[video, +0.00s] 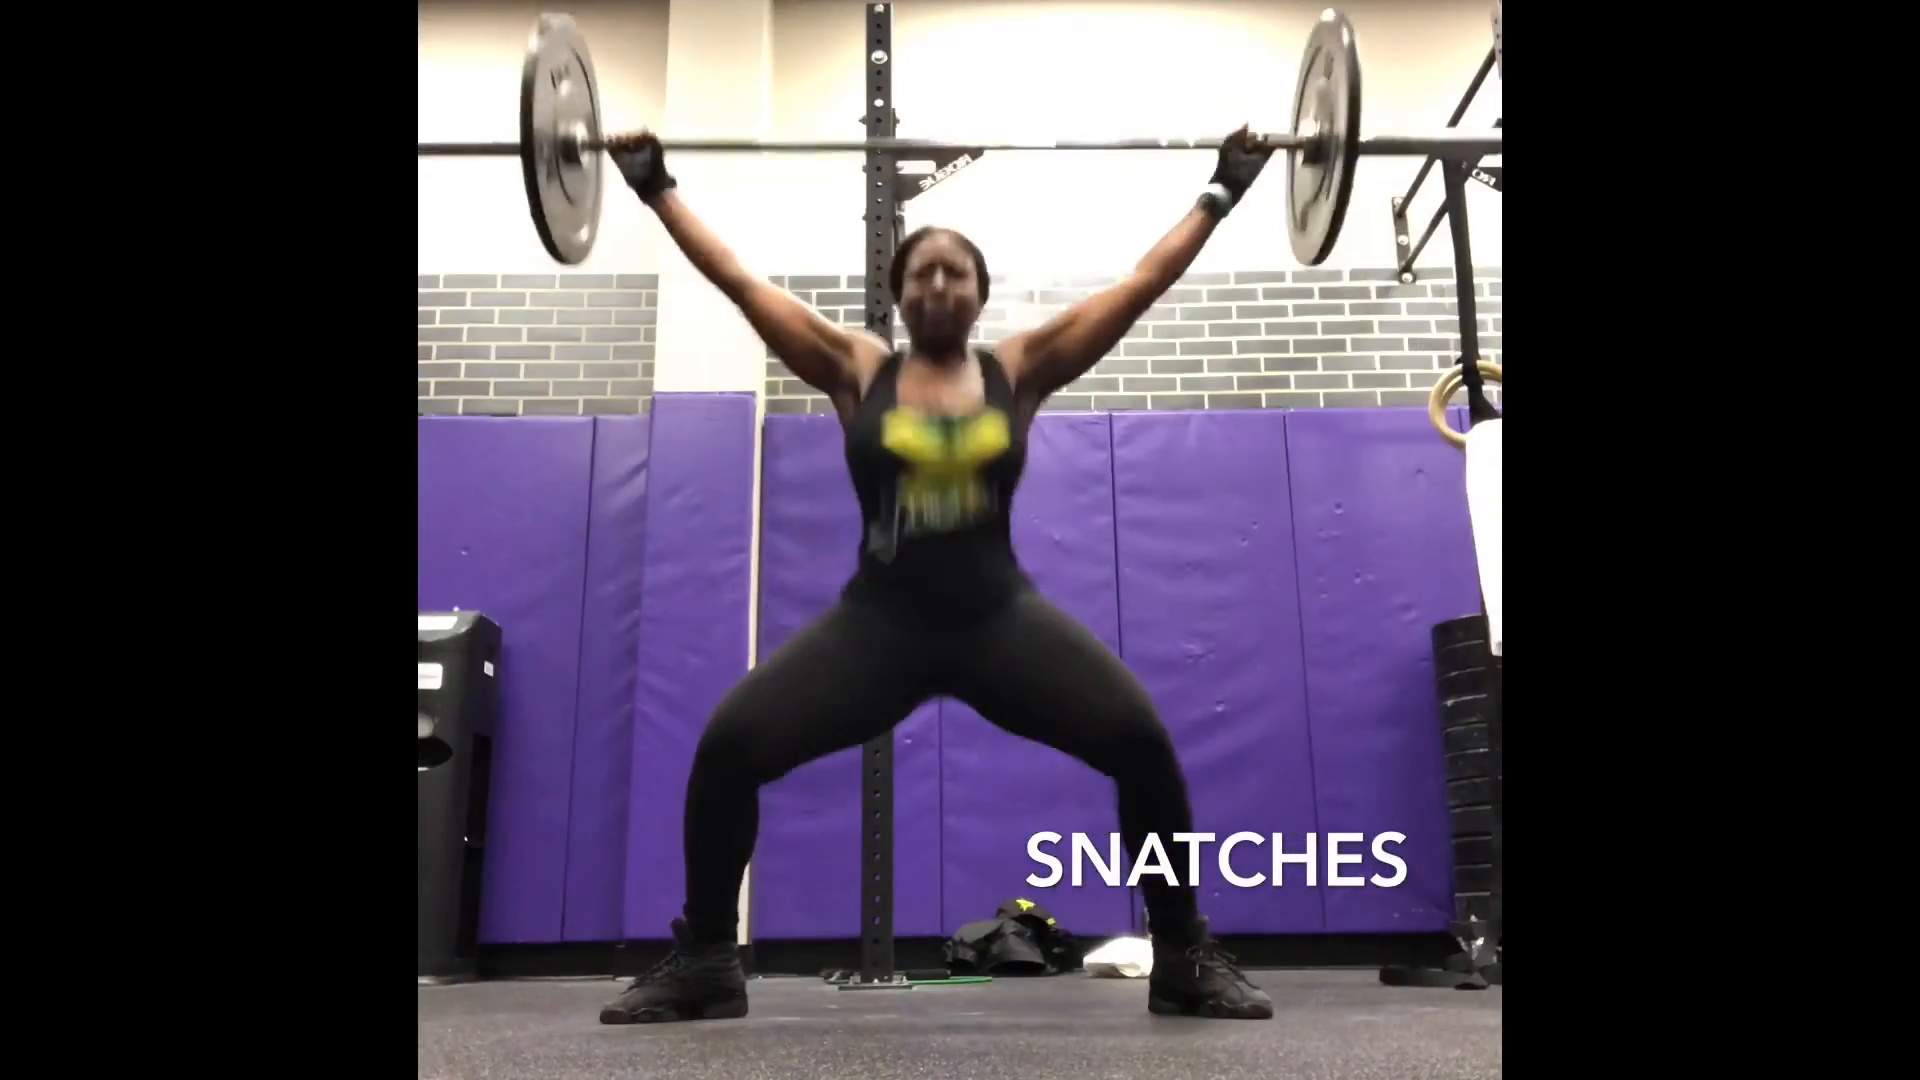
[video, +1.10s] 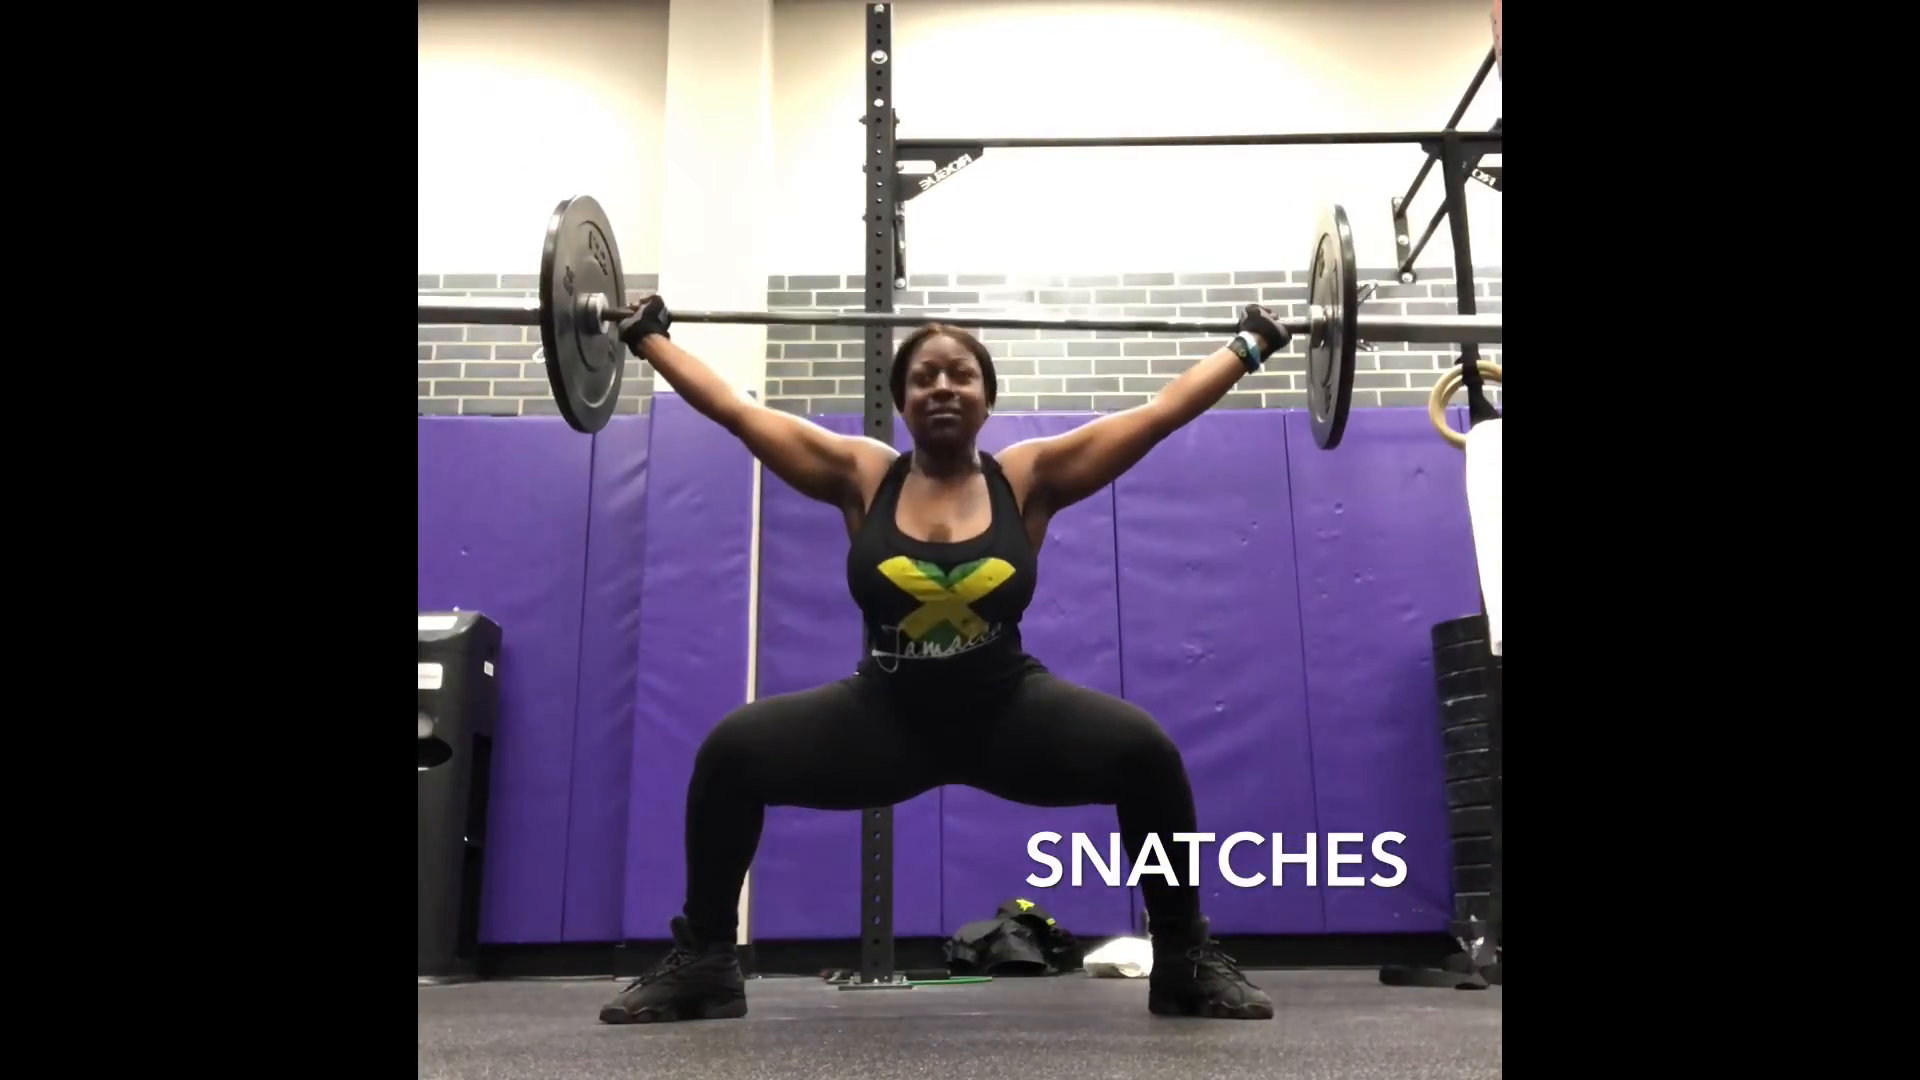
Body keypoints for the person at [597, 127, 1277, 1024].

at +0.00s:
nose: (942, 285)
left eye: (958, 275)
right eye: (925, 274)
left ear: (981, 298)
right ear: (899, 297)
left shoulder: (1017, 371)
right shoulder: (857, 369)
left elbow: (1137, 290)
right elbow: (742, 284)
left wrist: (1220, 194)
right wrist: (657, 189)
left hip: (998, 625)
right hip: (880, 627)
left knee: (1141, 741)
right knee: (731, 743)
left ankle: (1185, 967)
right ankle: (704, 966)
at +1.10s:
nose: (943, 388)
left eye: (961, 375)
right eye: (924, 377)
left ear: (988, 397)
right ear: (900, 401)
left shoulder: (1031, 479)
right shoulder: (858, 475)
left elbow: (1162, 412)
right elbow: (731, 406)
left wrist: (1258, 336)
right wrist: (645, 331)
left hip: (1007, 714)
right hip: (884, 717)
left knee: (1145, 753)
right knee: (731, 752)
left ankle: (1185, 964)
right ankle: (705, 960)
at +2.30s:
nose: (970, 259)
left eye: (988, 251)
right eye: (953, 253)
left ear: (1016, 285)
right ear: (928, 288)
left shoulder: (1055, 366)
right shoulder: (892, 362)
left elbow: (1178, 316)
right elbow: (768, 311)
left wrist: (1272, 250)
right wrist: (677, 240)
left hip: (1032, 610)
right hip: (915, 613)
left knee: (1153, 731)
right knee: (774, 742)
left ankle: (1185, 958)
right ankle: (706, 957)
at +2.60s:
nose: (991, 179)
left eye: (1006, 169)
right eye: (973, 173)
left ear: (1032, 197)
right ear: (949, 205)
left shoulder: (1080, 277)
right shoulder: (917, 285)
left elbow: (1199, 220)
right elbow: (799, 229)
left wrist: (1289, 156)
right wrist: (706, 164)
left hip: (1063, 532)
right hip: (950, 532)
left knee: (1127, 727)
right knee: (876, 713)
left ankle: (1183, 956)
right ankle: (826, 938)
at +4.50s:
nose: (972, 221)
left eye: (989, 218)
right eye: (954, 217)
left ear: (1008, 256)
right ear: (927, 250)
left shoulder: (1036, 319)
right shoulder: (885, 308)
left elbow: (1163, 314)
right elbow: (767, 296)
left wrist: (1189, 203)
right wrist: (774, 190)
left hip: (1021, 520)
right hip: (909, 521)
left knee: (1031, 725)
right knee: (910, 727)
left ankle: (1065, 950)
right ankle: (888, 952)